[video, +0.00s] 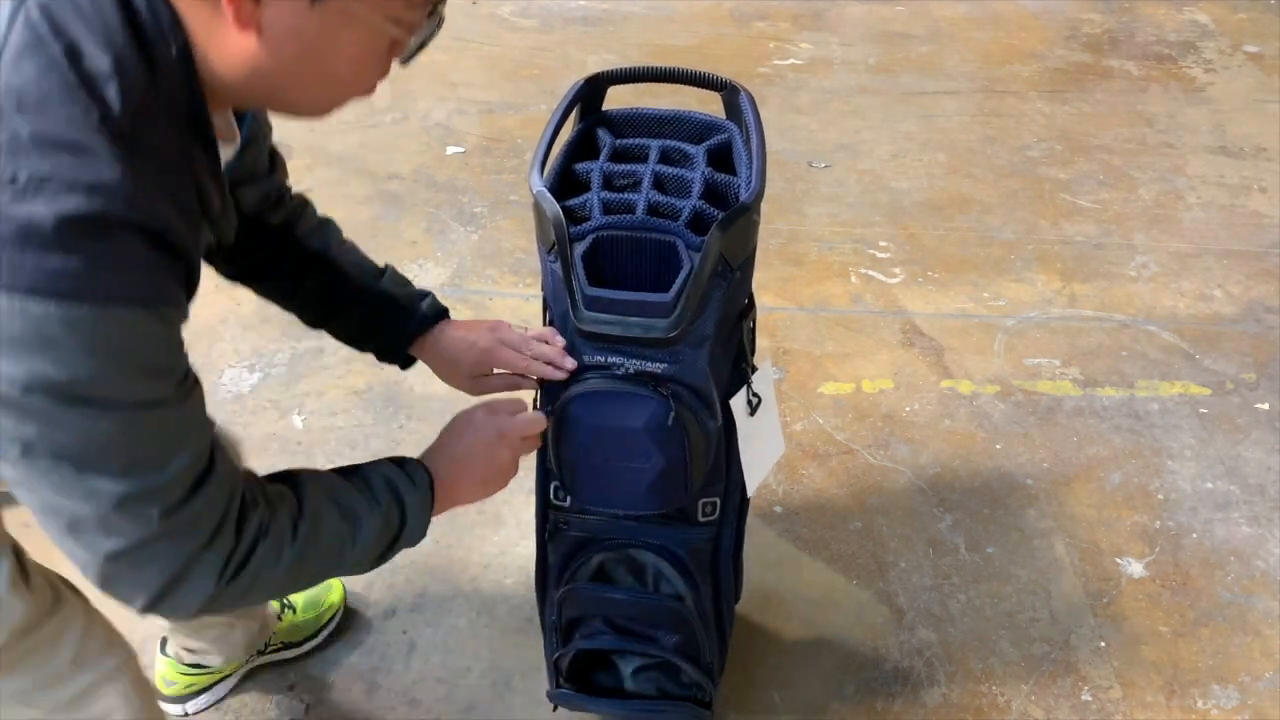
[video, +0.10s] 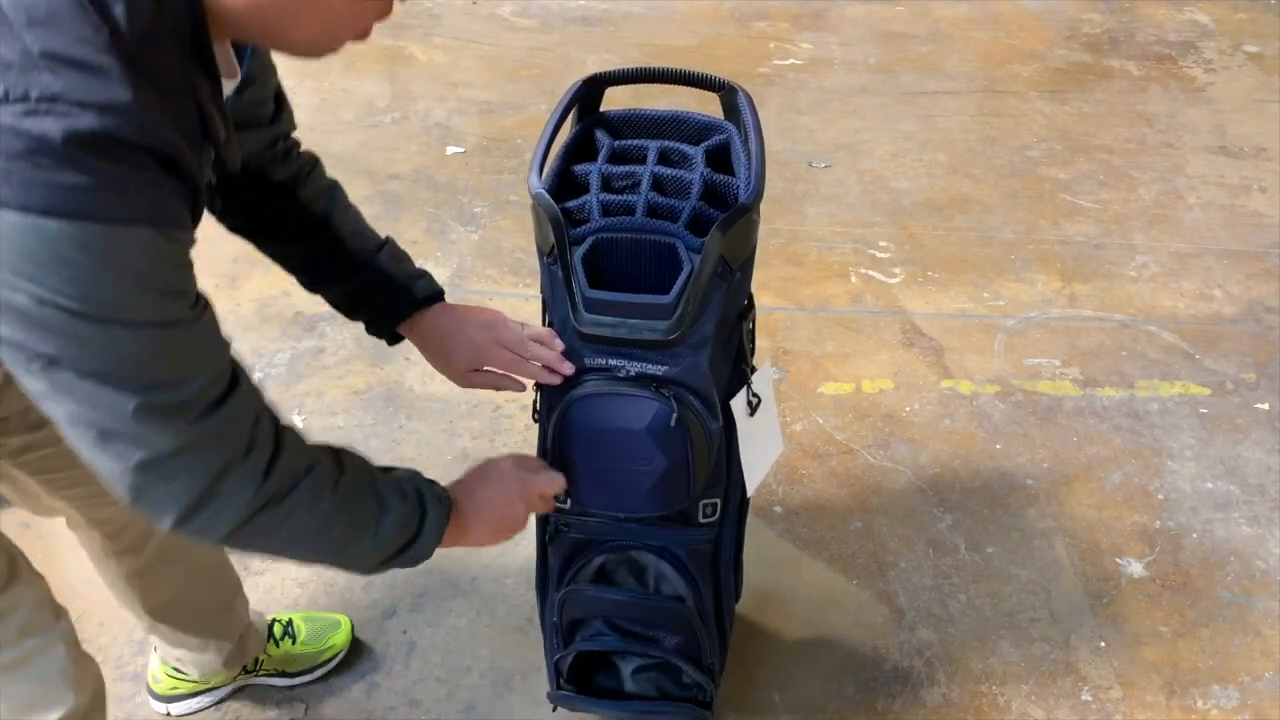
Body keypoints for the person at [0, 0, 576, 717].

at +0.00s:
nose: (393, 71)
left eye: (409, 44)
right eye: (397, 38)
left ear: (246, 6)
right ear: (250, 6)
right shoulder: (61, 211)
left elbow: (253, 216)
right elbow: (176, 550)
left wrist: (428, 333)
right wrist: (430, 483)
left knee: (187, 473)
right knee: (91, 694)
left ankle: (224, 639)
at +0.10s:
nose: (390, 8)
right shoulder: (62, 139)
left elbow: (263, 170)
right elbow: (202, 471)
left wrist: (422, 310)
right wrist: (444, 514)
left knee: (116, 482)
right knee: (43, 682)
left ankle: (212, 650)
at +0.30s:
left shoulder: (226, 10)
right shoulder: (52, 109)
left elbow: (264, 143)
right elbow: (200, 418)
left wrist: (425, 310)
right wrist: (487, 455)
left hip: (17, 327)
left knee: (93, 487)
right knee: (39, 656)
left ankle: (206, 650)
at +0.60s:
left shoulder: (184, 26)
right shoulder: (91, 108)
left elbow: (278, 215)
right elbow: (331, 458)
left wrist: (467, 344)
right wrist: (594, 433)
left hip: (16, 387)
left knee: (86, 537)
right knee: (45, 671)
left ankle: (199, 654)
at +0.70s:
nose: (425, 7)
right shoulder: (112, 119)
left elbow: (273, 224)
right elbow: (347, 465)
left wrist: (464, 347)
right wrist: (612, 433)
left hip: (15, 395)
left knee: (87, 542)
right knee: (47, 672)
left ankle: (203, 655)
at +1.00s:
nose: (462, 12)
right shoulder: (134, 104)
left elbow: (264, 244)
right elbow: (350, 451)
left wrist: (442, 354)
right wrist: (612, 409)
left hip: (16, 390)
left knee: (91, 539)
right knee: (54, 670)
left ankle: (203, 655)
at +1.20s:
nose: (488, 16)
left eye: (495, 5)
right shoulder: (150, 91)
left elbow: (277, 258)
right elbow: (404, 435)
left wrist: (460, 361)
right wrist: (657, 434)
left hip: (16, 391)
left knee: (89, 545)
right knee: (53, 670)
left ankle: (201, 655)